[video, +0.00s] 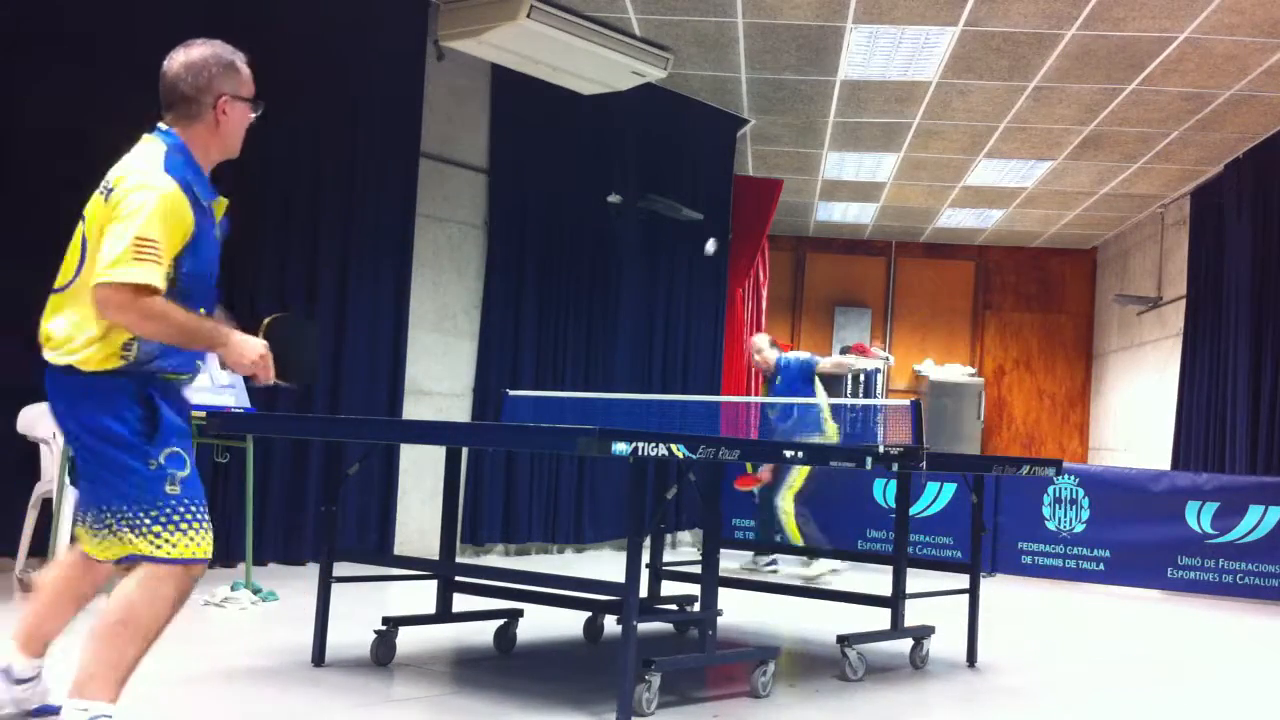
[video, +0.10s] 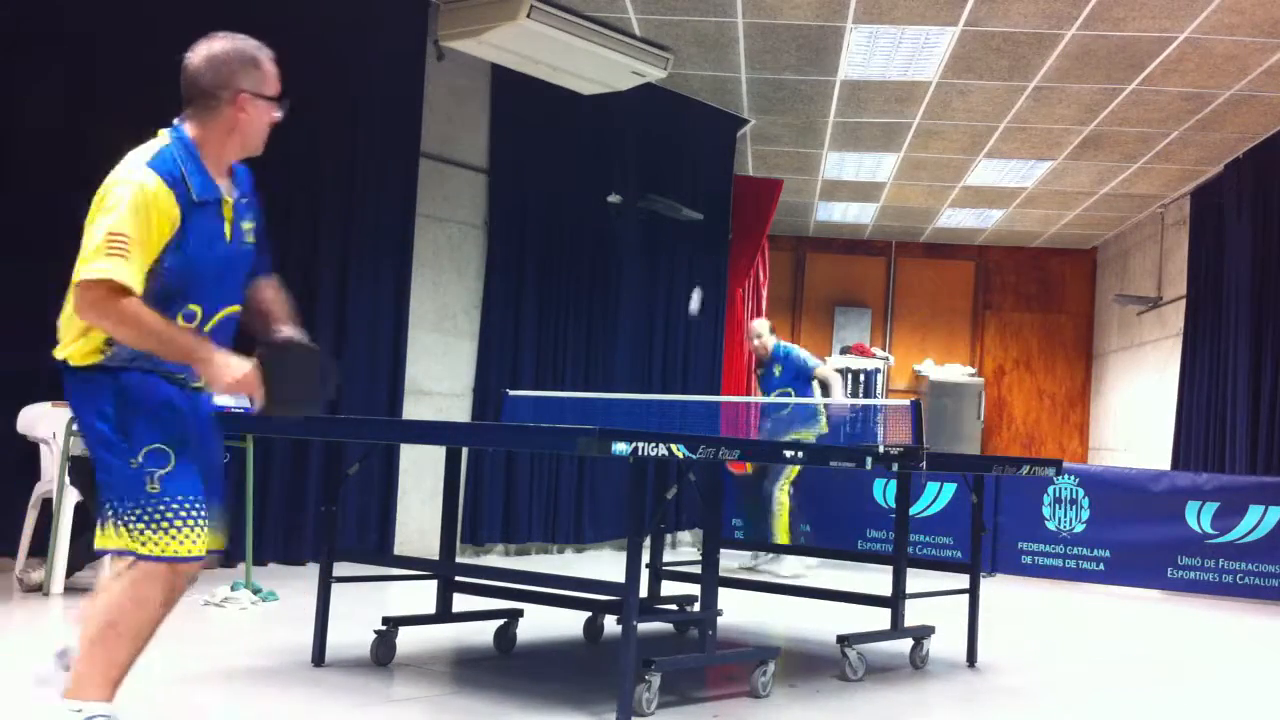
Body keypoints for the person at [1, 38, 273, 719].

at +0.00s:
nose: (252, 117)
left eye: (252, 104)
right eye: (248, 103)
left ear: (192, 106)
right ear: (221, 109)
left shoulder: (164, 169)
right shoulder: (159, 182)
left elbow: (160, 294)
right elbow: (119, 299)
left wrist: (224, 339)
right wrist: (227, 339)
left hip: (108, 377)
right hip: (113, 381)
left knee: (108, 539)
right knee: (179, 551)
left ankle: (15, 671)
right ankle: (87, 708)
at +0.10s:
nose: (278, 115)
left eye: (277, 102)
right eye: (271, 100)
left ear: (228, 103)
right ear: (234, 102)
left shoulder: (235, 181)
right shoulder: (146, 178)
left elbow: (255, 279)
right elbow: (96, 297)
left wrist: (284, 334)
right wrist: (211, 358)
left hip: (183, 378)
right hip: (120, 374)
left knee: (188, 548)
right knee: (168, 546)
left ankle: (82, 665)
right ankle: (84, 702)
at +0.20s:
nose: (314, 121)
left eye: (313, 106)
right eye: (305, 106)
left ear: (266, 110)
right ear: (265, 109)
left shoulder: (282, 187)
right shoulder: (159, 183)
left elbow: (337, 268)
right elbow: (90, 288)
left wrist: (348, 317)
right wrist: (166, 382)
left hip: (225, 392)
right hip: (143, 386)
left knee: (261, 539)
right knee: (178, 553)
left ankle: (164, 660)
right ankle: (81, 705)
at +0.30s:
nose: (357, 129)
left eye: (356, 115)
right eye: (347, 114)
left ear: (308, 120)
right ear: (304, 118)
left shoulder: (331, 197)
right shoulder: (195, 190)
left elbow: (403, 261)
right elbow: (106, 282)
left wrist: (422, 303)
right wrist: (134, 378)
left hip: (277, 409)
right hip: (197, 405)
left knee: (332, 541)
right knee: (189, 565)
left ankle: (265, 672)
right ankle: (89, 706)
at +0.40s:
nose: (408, 139)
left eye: (406, 124)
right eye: (398, 124)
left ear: (360, 134)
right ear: (352, 132)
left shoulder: (383, 213)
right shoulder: (251, 195)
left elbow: (458, 270)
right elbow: (152, 260)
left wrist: (477, 294)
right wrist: (168, 319)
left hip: (323, 421)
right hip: (234, 418)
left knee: (405, 542)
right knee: (207, 587)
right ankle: (100, 707)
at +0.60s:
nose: (532, 142)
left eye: (528, 128)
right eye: (519, 128)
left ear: (478, 141)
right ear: (483, 138)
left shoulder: (466, 207)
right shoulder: (443, 197)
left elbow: (399, 316)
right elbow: (517, 258)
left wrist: (472, 350)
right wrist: (568, 179)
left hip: (415, 407)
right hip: (370, 396)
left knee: (502, 552)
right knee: (336, 592)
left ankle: (437, 707)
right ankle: (166, 683)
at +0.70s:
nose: (577, 150)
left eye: (573, 137)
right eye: (568, 137)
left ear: (510, 144)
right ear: (543, 138)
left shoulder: (454, 200)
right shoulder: (570, 192)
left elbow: (404, 297)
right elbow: (676, 250)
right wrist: (748, 233)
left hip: (398, 363)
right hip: (457, 365)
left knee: (508, 532)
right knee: (444, 568)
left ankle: (446, 699)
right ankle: (282, 634)